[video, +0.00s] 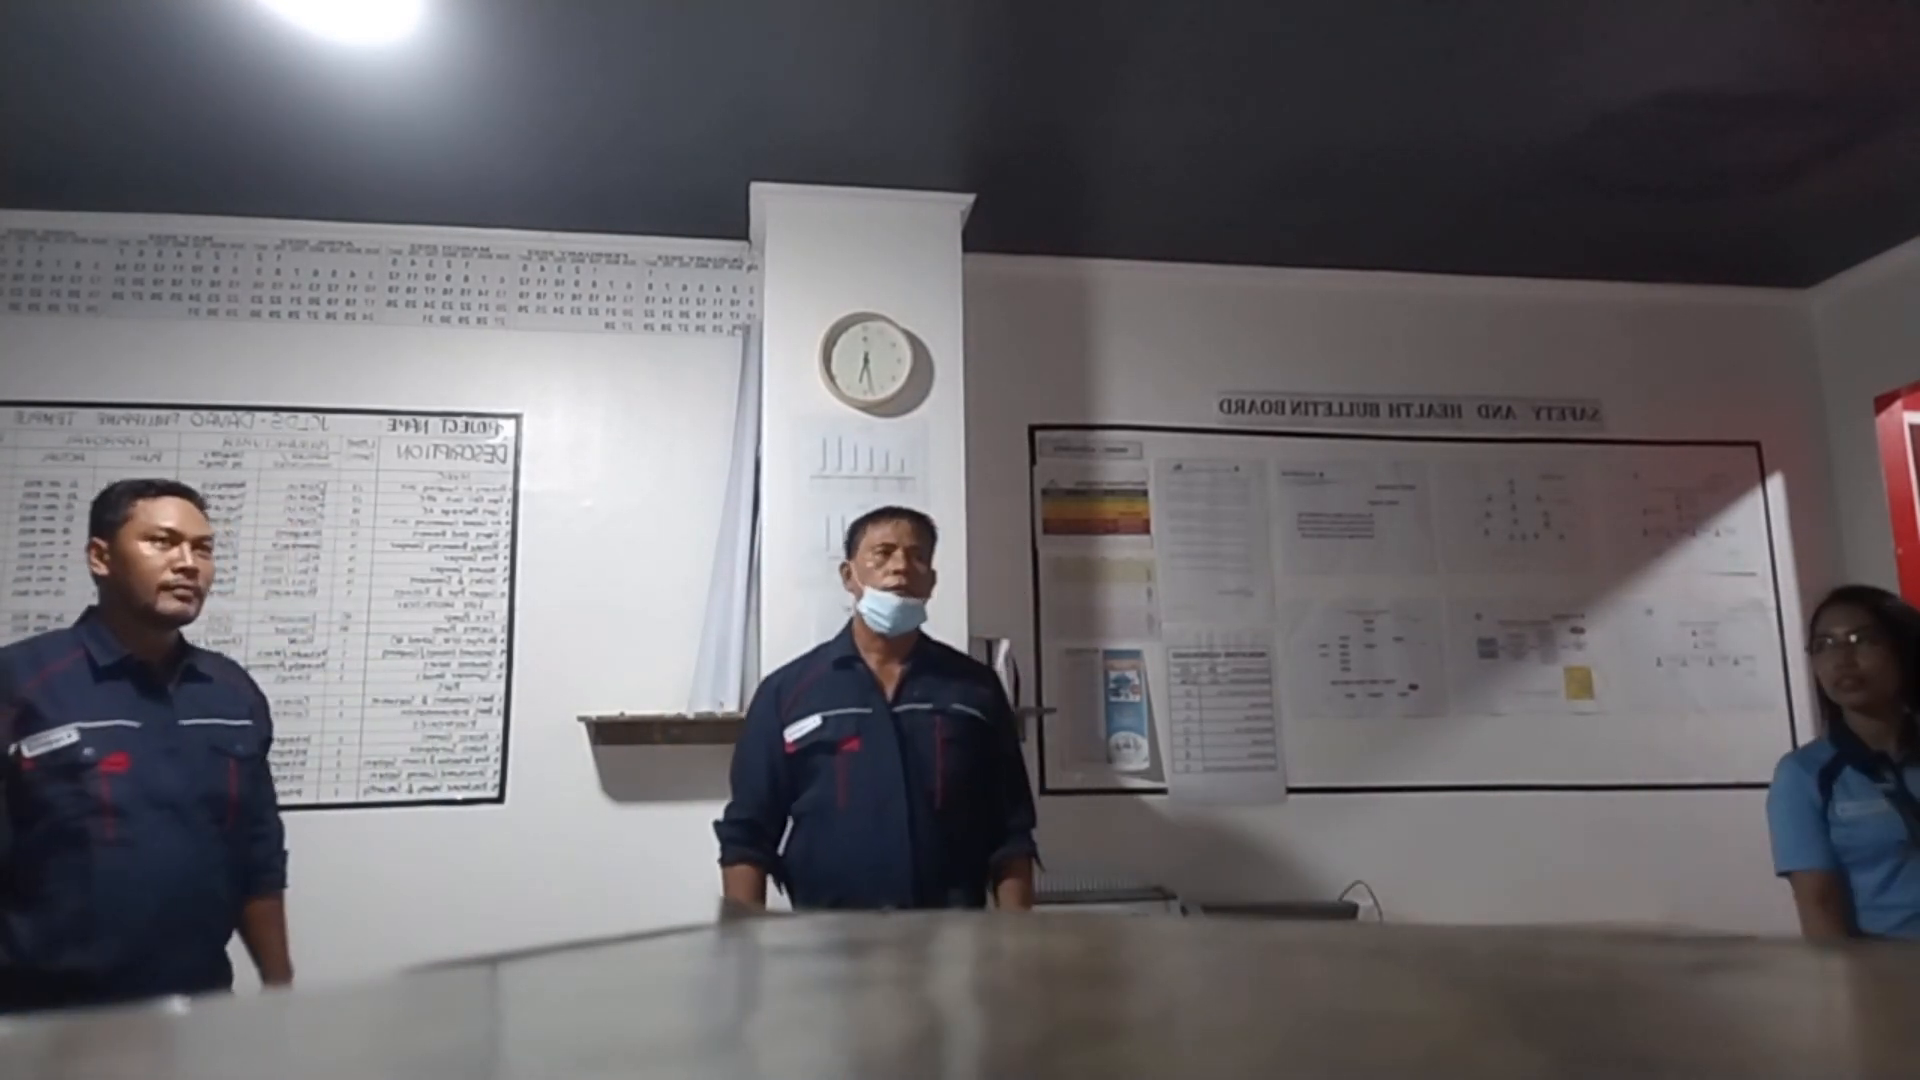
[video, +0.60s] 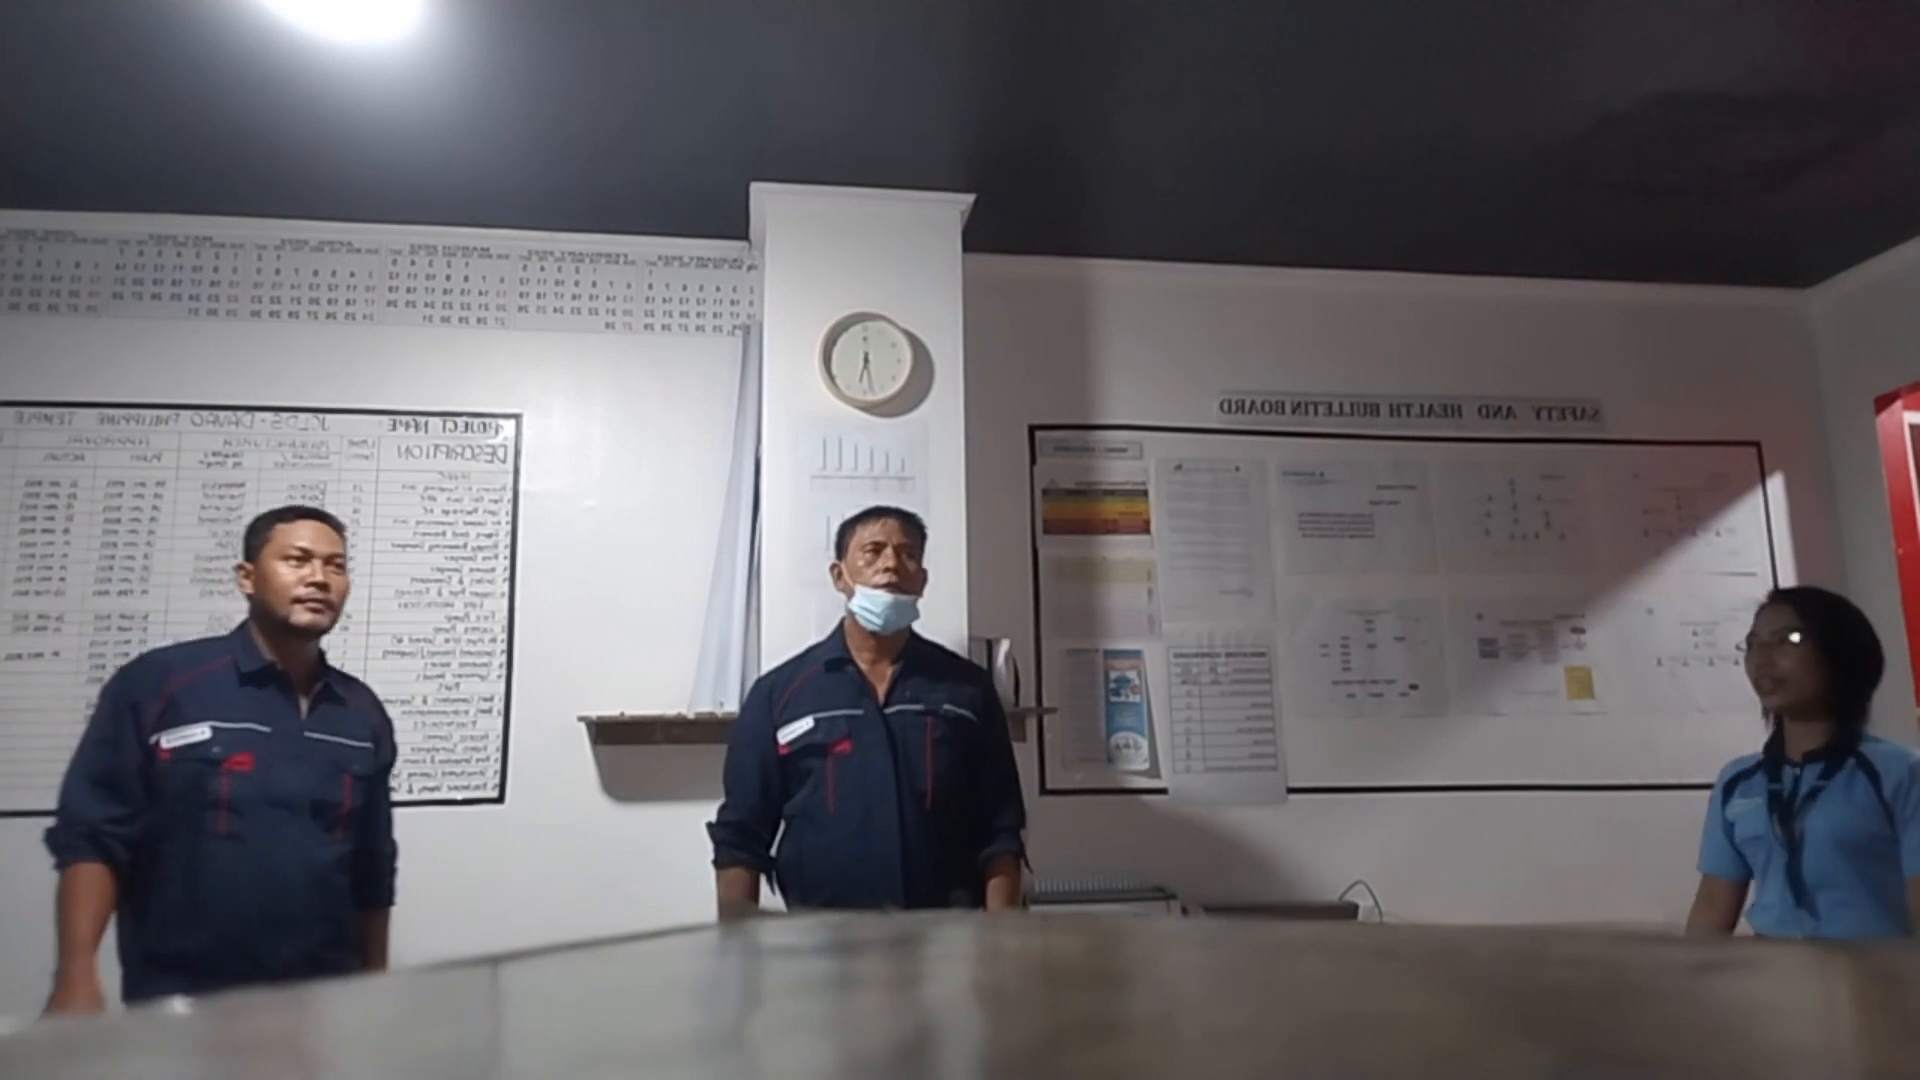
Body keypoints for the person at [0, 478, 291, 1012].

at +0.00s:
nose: (190, 563)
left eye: (202, 547)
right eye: (163, 541)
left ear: (213, 564)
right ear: (100, 558)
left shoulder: (234, 693)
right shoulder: (18, 681)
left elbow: (256, 857)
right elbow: (9, 850)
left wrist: (281, 988)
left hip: (193, 1014)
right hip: (46, 1020)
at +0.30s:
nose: (240, 570)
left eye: (252, 554)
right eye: (212, 552)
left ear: (266, 570)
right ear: (158, 573)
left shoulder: (281, 709)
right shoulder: (63, 695)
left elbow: (292, 862)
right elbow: (16, 877)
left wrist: (333, 997)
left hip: (243, 1017)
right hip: (99, 1022)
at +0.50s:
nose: (294, 575)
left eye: (308, 560)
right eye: (269, 557)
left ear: (322, 578)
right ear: (219, 576)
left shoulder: (340, 714)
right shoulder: (127, 689)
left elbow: (344, 880)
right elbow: (65, 852)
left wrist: (348, 1002)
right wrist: (30, 1002)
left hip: (301, 1018)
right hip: (161, 1018)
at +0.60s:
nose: (319, 578)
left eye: (335, 566)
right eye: (297, 560)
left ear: (348, 588)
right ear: (248, 578)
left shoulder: (363, 716)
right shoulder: (154, 687)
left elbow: (372, 879)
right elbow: (92, 838)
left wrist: (374, 997)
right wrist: (76, 981)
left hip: (323, 1012)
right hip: (183, 1012)